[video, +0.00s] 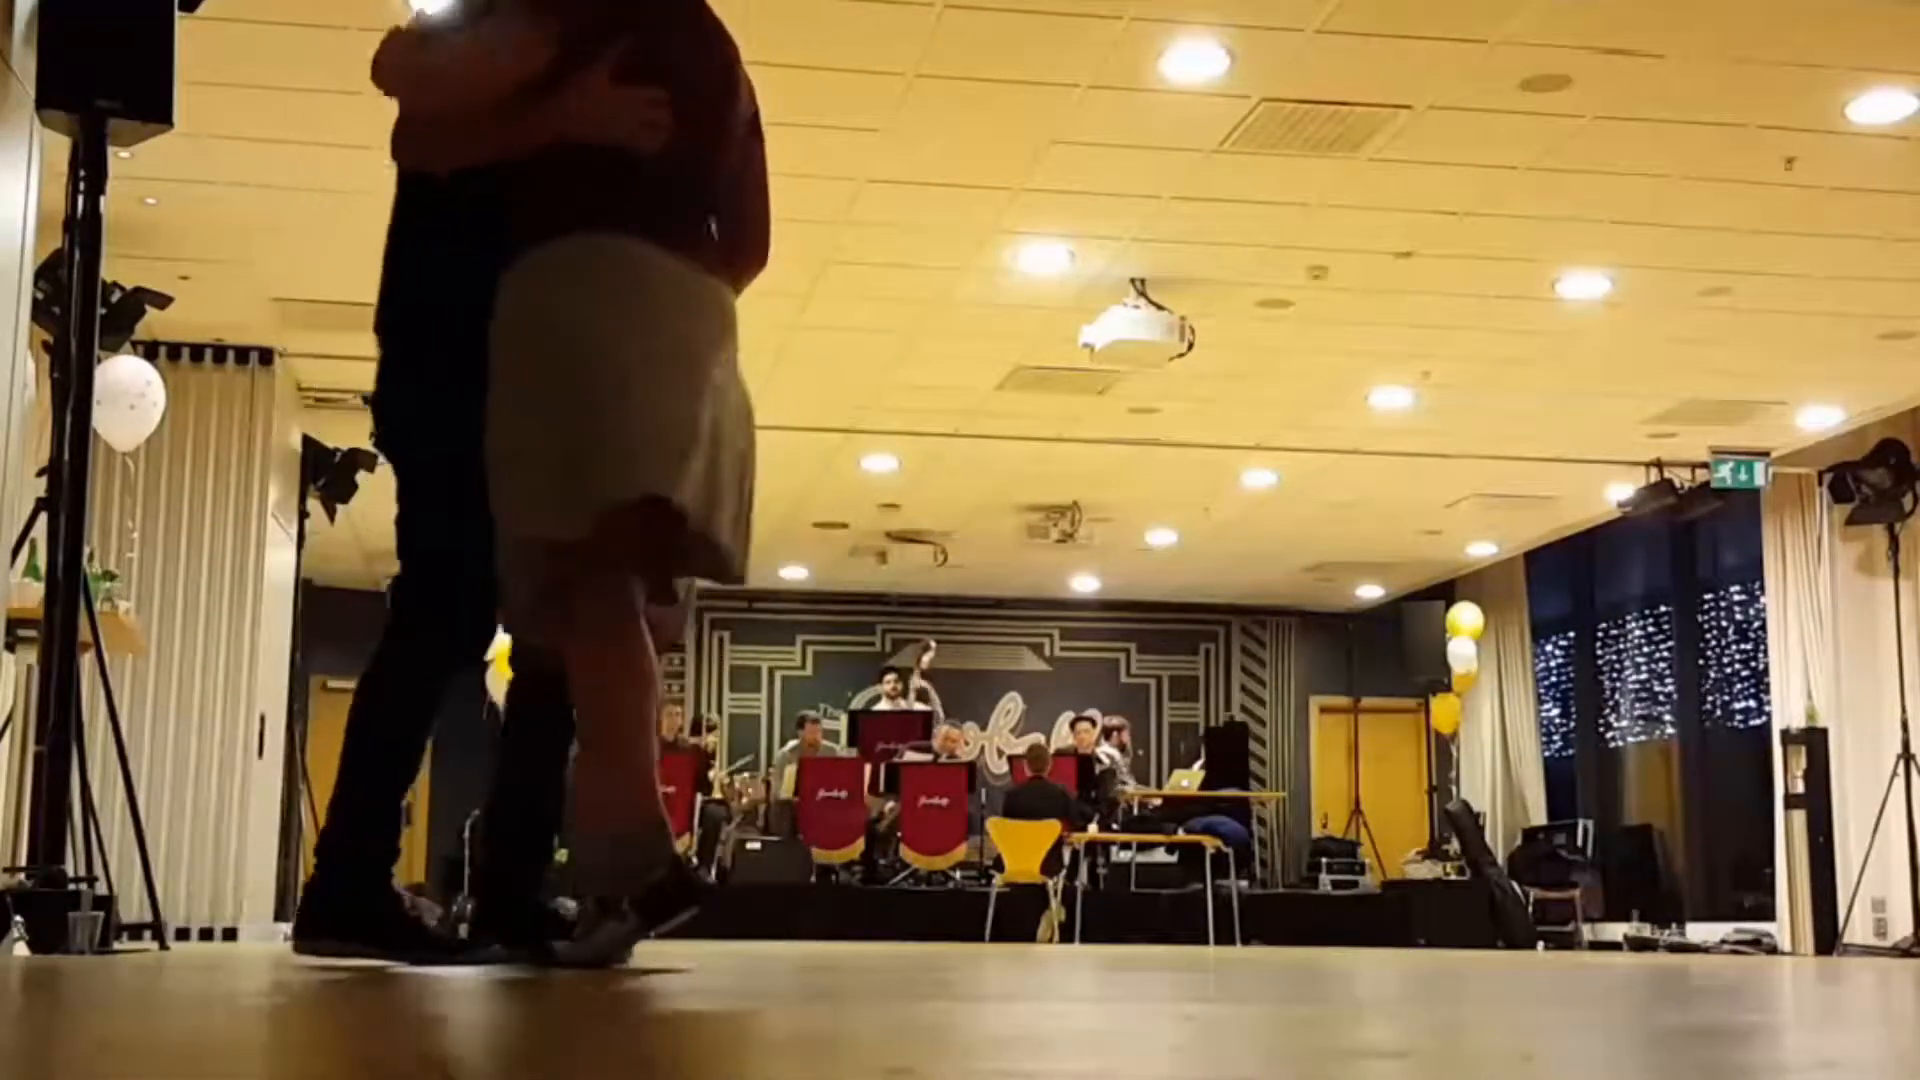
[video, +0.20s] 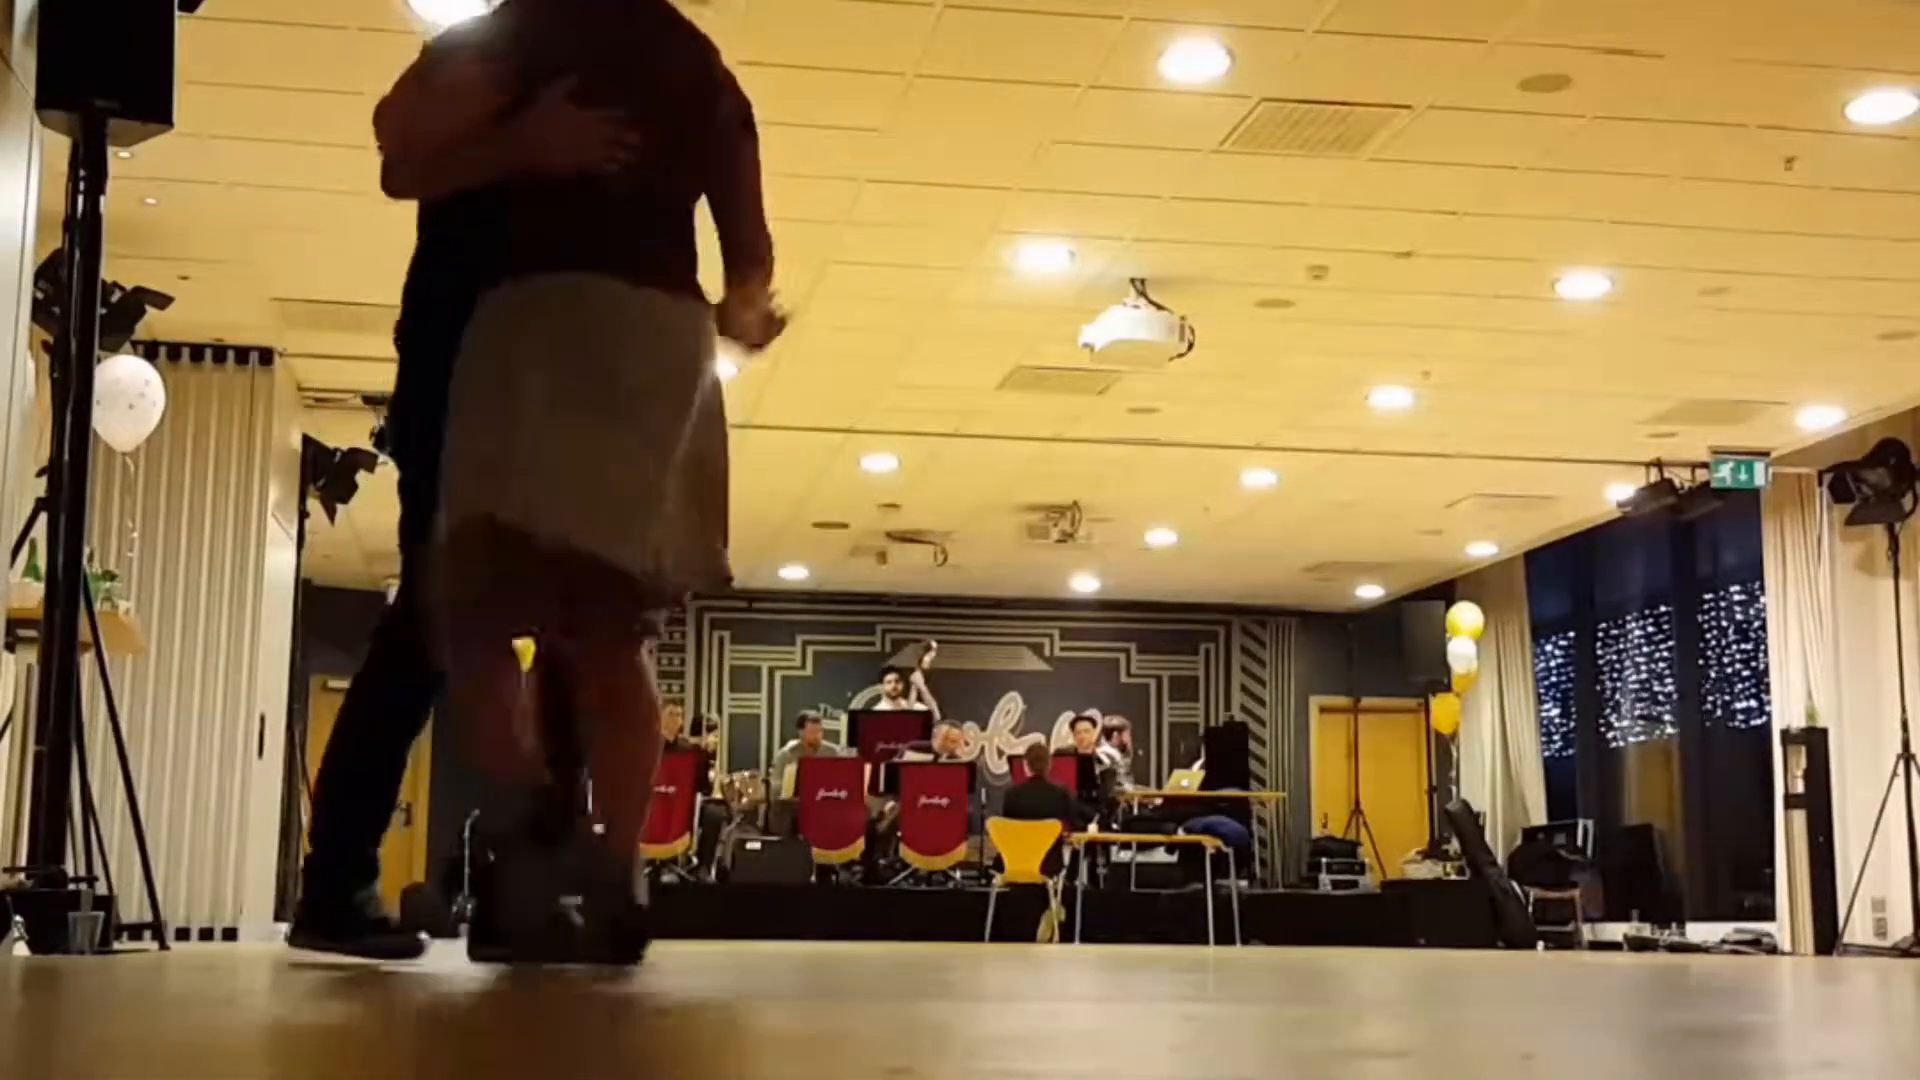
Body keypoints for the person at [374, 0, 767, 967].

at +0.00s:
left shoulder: (559, 13)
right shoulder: (716, 56)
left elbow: (443, 76)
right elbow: (747, 243)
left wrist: (398, 45)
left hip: (581, 292)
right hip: (690, 308)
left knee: (591, 589)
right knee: (618, 593)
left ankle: (638, 856)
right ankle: (618, 865)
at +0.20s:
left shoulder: (513, 28)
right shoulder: (705, 68)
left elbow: (407, 136)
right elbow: (749, 242)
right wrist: (744, 309)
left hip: (536, 315)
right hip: (662, 324)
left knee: (482, 614)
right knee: (609, 632)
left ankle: (523, 850)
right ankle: (617, 893)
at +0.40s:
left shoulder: (467, 41)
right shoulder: (658, 62)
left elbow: (368, 177)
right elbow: (756, 230)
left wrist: (474, 163)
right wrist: (803, 232)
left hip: (482, 355)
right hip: (616, 361)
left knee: (407, 630)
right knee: (613, 642)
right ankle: (626, 891)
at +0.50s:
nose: (635, 10)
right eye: (632, 10)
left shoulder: (436, 38)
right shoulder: (630, 57)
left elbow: (329, 177)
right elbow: (736, 200)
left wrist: (424, 148)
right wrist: (794, 207)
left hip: (444, 349)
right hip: (584, 355)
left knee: (380, 635)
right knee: (593, 634)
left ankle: (294, 877)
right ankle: (600, 891)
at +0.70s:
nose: (607, 28)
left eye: (611, 14)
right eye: (593, 11)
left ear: (613, 28)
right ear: (532, 9)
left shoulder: (635, 147)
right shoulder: (464, 123)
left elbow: (666, 311)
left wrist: (735, 252)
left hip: (589, 435)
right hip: (457, 432)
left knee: (610, 647)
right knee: (457, 656)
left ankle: (565, 876)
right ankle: (451, 892)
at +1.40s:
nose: (594, 18)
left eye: (615, 5)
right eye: (584, 5)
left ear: (655, 17)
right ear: (567, 20)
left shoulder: (713, 147)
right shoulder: (521, 133)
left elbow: (736, 305)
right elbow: (429, 240)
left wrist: (658, 285)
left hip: (647, 438)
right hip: (533, 431)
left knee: (630, 647)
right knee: (498, 653)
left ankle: (646, 860)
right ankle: (499, 886)